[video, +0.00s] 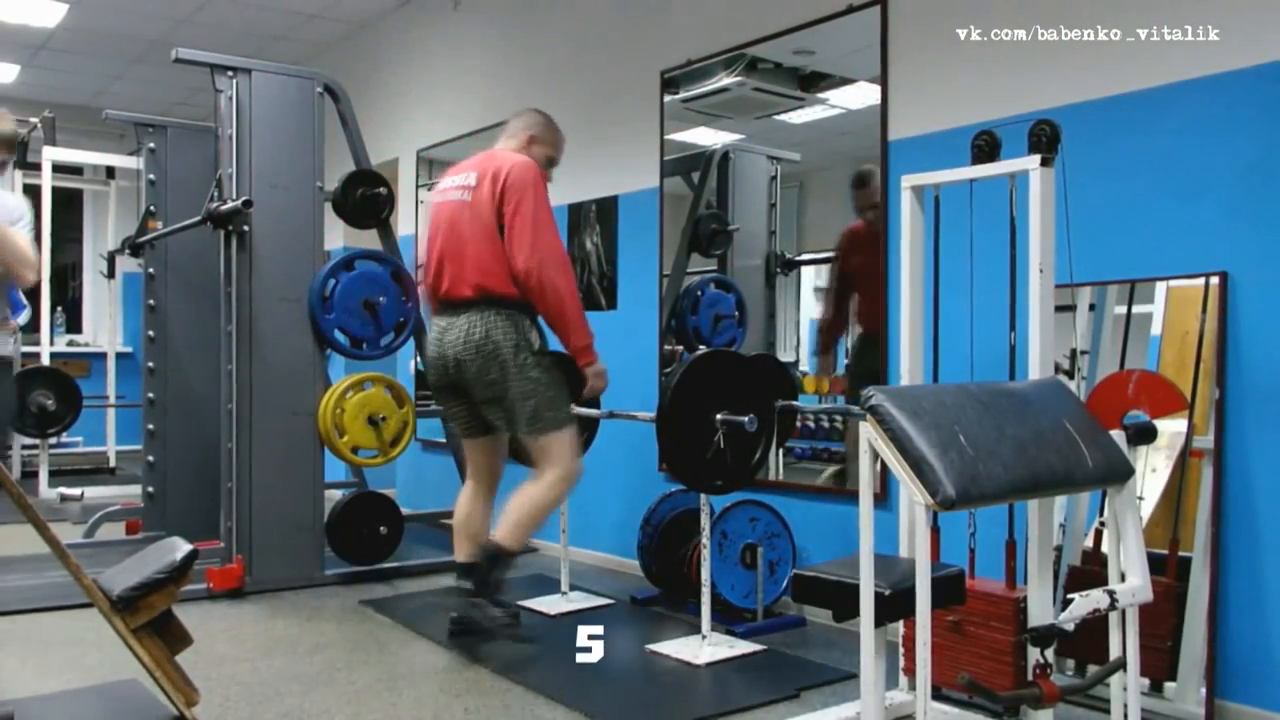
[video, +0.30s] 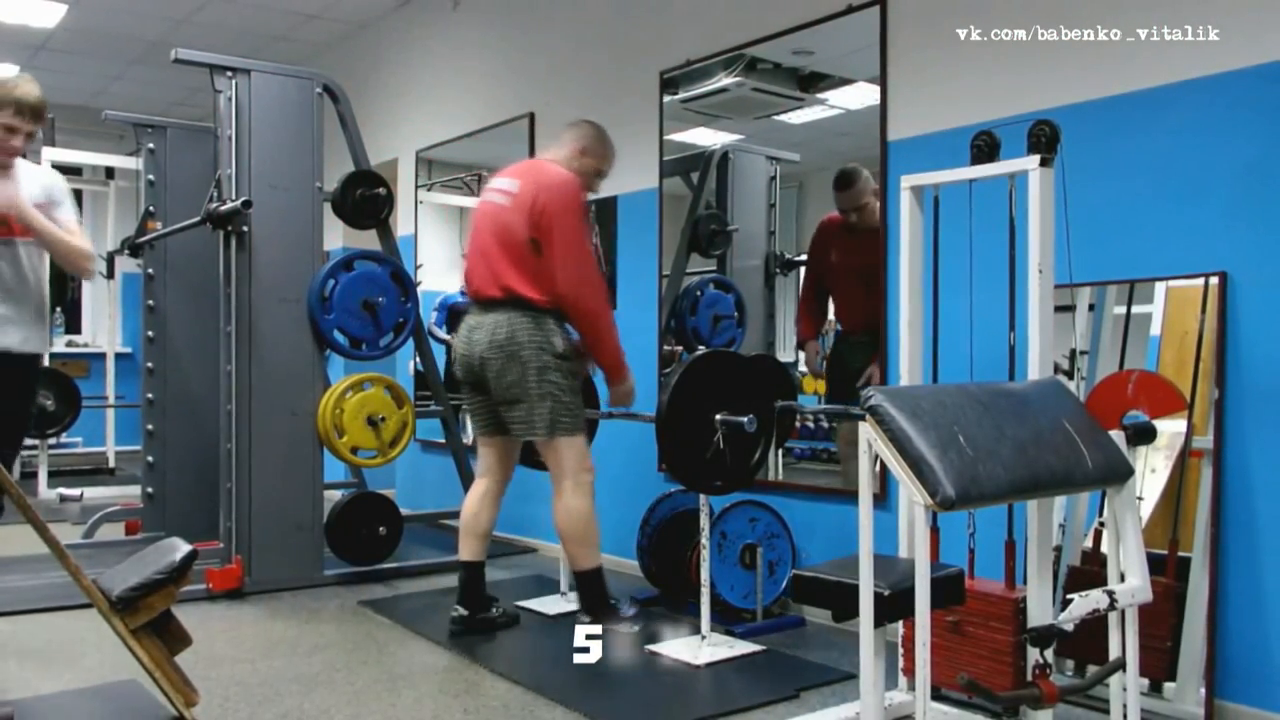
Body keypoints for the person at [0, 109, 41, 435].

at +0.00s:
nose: (2, 168)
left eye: (6, 161)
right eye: (1, 160)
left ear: (10, 158)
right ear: (4, 156)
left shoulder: (15, 207)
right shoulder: (14, 208)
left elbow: (27, 274)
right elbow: (28, 273)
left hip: (5, 341)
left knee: (3, 453)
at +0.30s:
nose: (15, 144)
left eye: (26, 135)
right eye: (9, 131)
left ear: (35, 134)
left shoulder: (44, 181)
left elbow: (85, 263)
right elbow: (82, 261)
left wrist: (22, 210)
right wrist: (24, 211)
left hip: (18, 347)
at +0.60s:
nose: (48, 125)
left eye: (59, 115)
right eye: (37, 112)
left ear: (73, 119)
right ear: (14, 113)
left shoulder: (100, 178)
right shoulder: (1, 173)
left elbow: (126, 257)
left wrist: (87, 280)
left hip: (76, 359)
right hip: (6, 356)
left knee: (79, 494)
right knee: (10, 502)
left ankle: (19, 566)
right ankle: (18, 651)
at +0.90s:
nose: (109, 90)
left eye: (121, 79)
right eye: (97, 78)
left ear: (142, 85)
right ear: (75, 82)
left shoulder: (179, 160)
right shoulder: (35, 160)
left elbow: (216, 242)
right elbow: (5, 251)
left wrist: (176, 266)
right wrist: (6, 306)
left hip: (158, 346)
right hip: (65, 346)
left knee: (201, 487)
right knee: (39, 502)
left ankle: (240, 651)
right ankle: (26, 653)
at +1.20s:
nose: (145, 66)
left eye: (157, 53)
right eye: (133, 55)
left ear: (186, 56)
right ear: (122, 64)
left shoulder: (231, 133)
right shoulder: (118, 147)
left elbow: (285, 230)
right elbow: (117, 250)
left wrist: (185, 262)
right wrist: (66, 281)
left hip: (228, 340)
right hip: (148, 343)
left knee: (241, 498)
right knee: (110, 483)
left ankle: (254, 658)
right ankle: (112, 649)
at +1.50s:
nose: (140, 67)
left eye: (153, 52)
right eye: (133, 56)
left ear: (195, 55)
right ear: (131, 67)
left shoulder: (234, 139)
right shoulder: (150, 151)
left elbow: (255, 249)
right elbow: (156, 242)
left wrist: (141, 270)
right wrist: (112, 265)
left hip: (232, 346)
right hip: (166, 345)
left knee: (246, 498)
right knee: (122, 481)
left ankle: (256, 653)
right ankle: (192, 618)